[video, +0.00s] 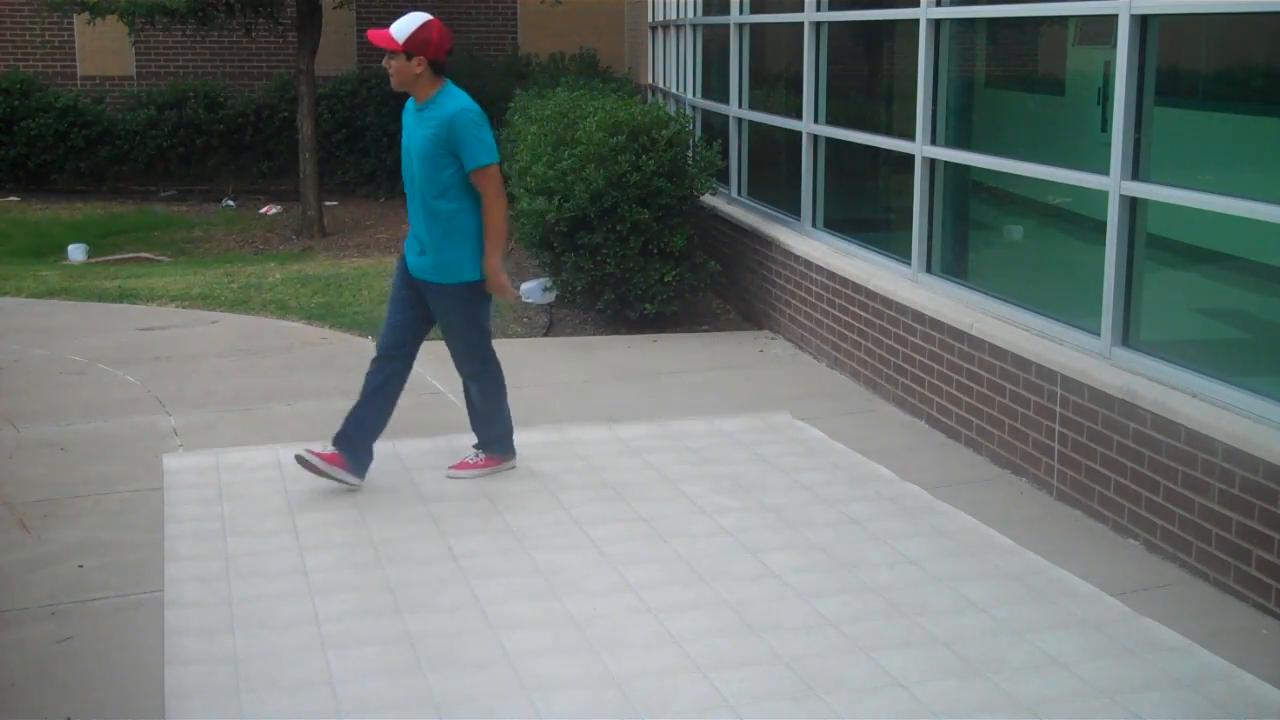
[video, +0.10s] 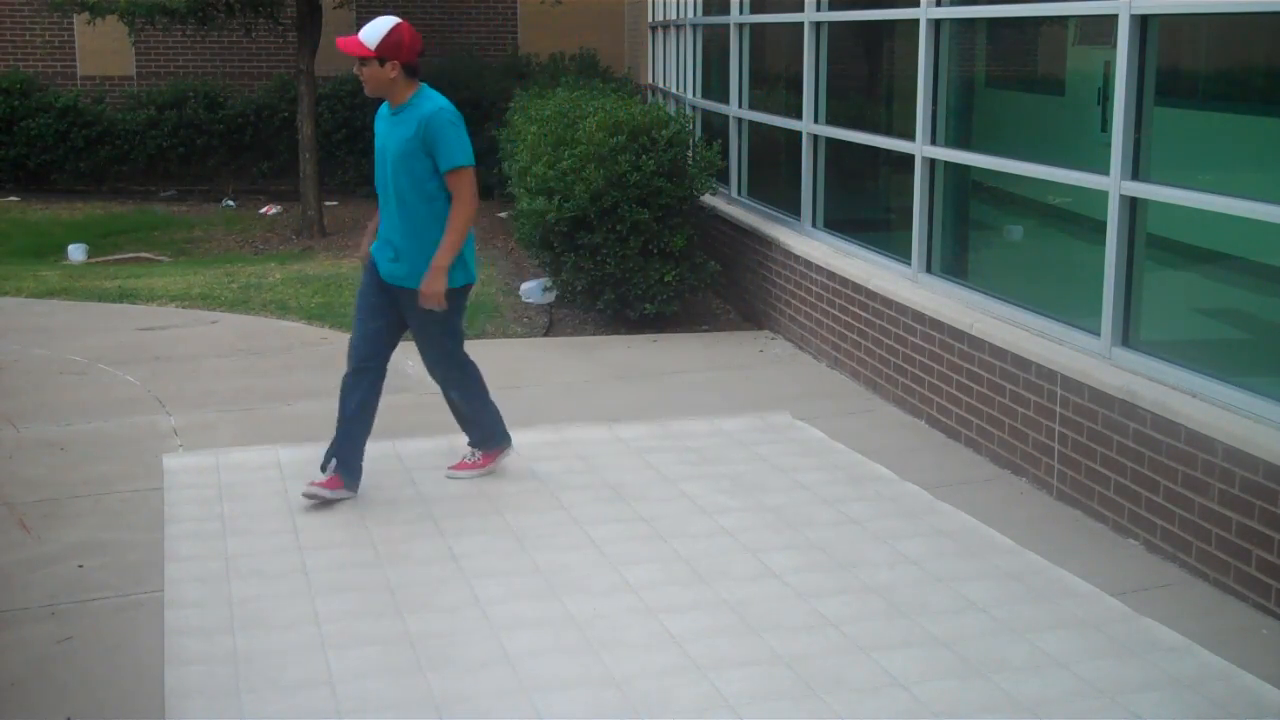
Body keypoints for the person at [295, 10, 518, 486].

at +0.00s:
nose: (385, 62)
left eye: (393, 56)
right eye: (387, 54)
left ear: (420, 64)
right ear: (414, 64)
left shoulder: (463, 114)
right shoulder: (412, 107)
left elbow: (494, 194)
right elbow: (428, 187)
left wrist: (493, 263)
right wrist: (419, 243)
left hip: (458, 269)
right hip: (417, 262)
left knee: (476, 362)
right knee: (390, 358)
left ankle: (497, 448)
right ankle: (350, 455)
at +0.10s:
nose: (356, 70)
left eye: (364, 63)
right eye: (358, 61)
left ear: (392, 68)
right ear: (385, 67)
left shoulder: (439, 116)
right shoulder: (384, 113)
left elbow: (467, 200)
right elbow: (397, 189)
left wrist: (439, 269)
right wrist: (374, 233)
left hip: (435, 273)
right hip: (386, 265)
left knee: (446, 363)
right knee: (363, 363)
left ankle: (492, 441)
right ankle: (342, 472)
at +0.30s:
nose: (319, 76)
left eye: (326, 66)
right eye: (317, 66)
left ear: (359, 60)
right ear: (336, 62)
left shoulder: (408, 107)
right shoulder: (328, 106)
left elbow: (433, 189)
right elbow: (301, 182)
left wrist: (365, 202)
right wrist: (298, 150)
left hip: (388, 269)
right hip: (335, 262)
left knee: (358, 369)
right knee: (325, 372)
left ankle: (414, 435)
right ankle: (339, 476)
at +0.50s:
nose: (311, 82)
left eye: (321, 73)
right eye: (303, 72)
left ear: (347, 65)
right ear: (295, 66)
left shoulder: (384, 107)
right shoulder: (287, 100)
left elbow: (410, 191)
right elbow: (243, 166)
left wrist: (366, 138)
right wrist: (290, 115)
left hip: (361, 273)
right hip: (301, 268)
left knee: (326, 388)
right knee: (316, 384)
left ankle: (300, 508)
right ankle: (341, 475)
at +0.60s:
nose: (308, 90)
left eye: (319, 82)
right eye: (300, 80)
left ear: (344, 76)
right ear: (291, 72)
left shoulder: (378, 115)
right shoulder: (277, 106)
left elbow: (396, 195)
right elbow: (230, 175)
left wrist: (363, 126)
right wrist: (285, 125)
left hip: (347, 283)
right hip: (285, 276)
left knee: (311, 398)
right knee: (304, 392)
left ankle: (290, 520)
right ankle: (336, 469)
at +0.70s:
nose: (310, 92)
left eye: (322, 85)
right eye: (302, 83)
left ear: (346, 77)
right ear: (292, 71)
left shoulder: (375, 115)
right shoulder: (270, 105)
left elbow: (385, 193)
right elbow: (221, 176)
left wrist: (355, 120)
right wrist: (280, 128)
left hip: (339, 288)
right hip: (274, 281)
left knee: (309, 411)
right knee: (266, 394)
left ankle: (287, 527)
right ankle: (316, 455)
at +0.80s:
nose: (308, 88)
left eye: (318, 81)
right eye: (299, 79)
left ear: (340, 71)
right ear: (285, 67)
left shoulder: (372, 108)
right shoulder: (261, 101)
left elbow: (385, 190)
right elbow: (211, 172)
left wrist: (354, 117)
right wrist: (255, 119)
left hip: (339, 290)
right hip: (269, 281)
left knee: (312, 414)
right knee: (242, 386)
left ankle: (289, 530)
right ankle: (280, 459)